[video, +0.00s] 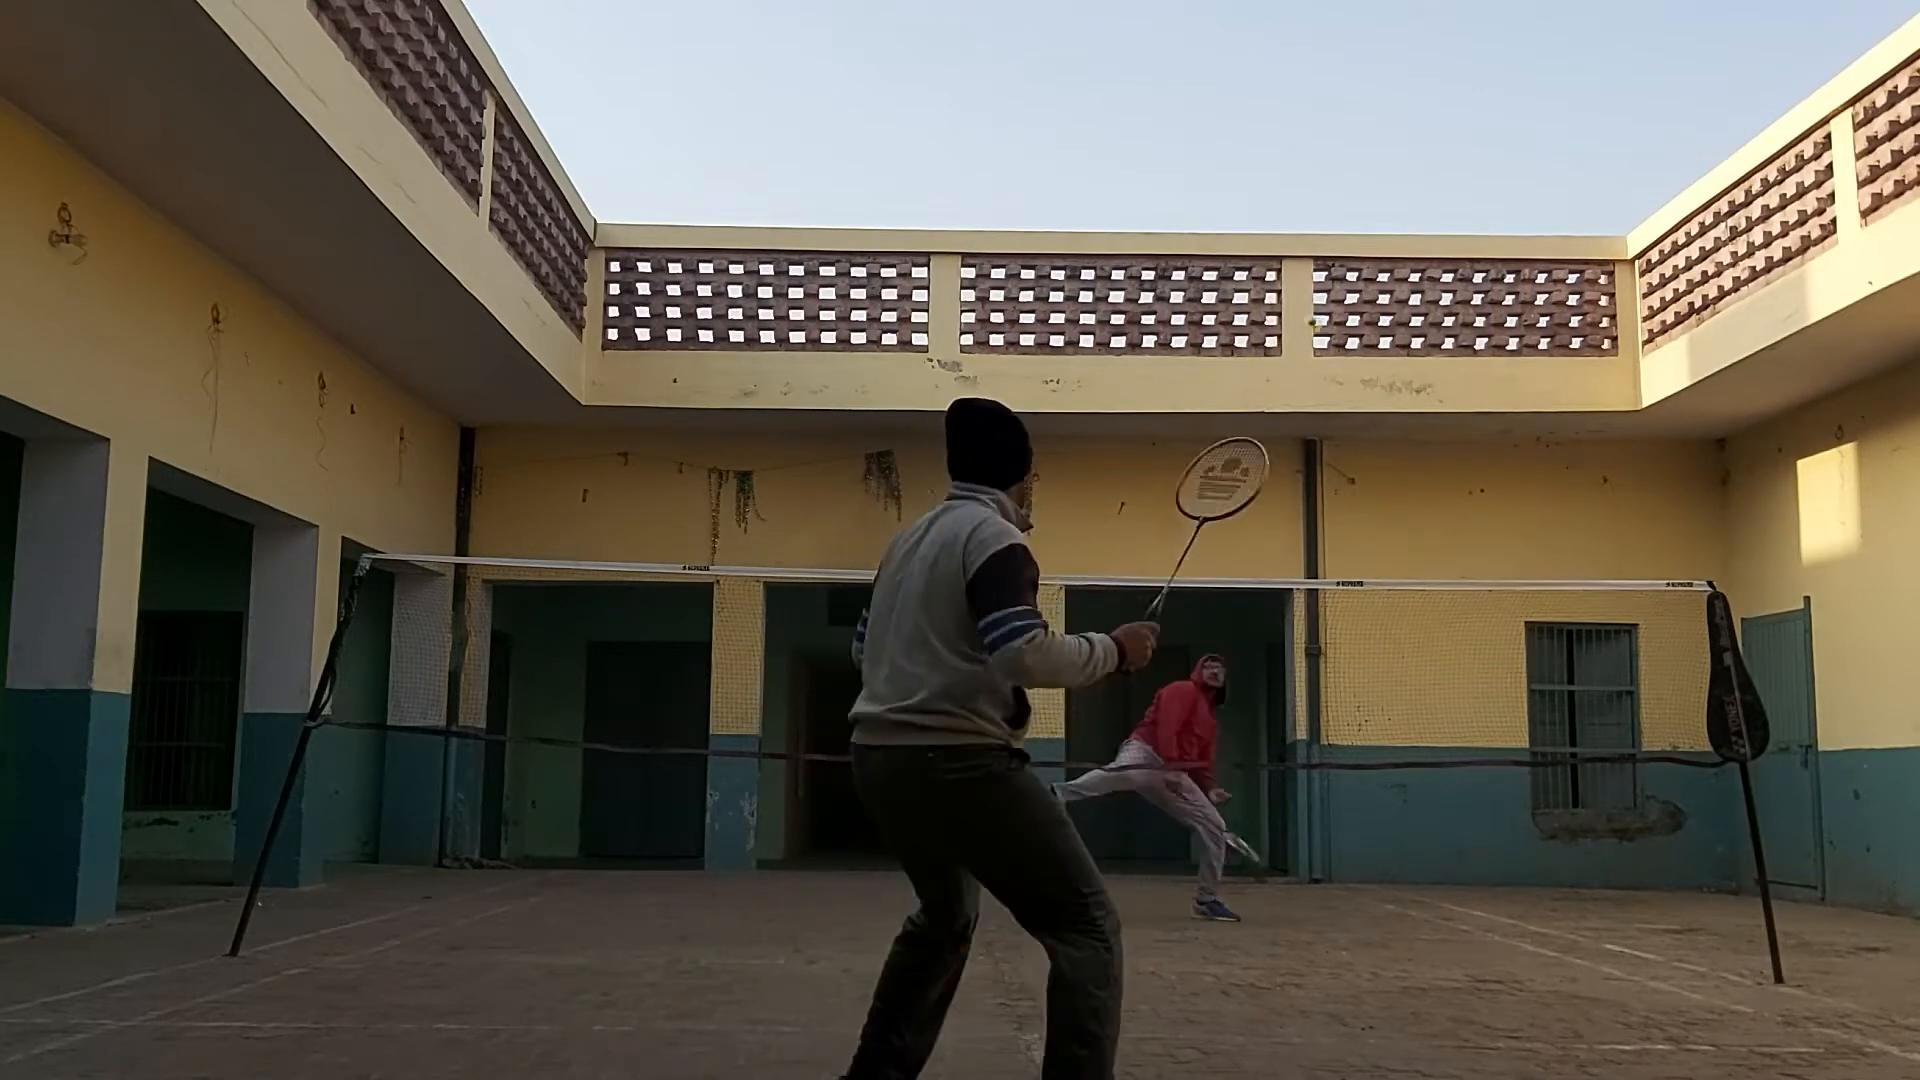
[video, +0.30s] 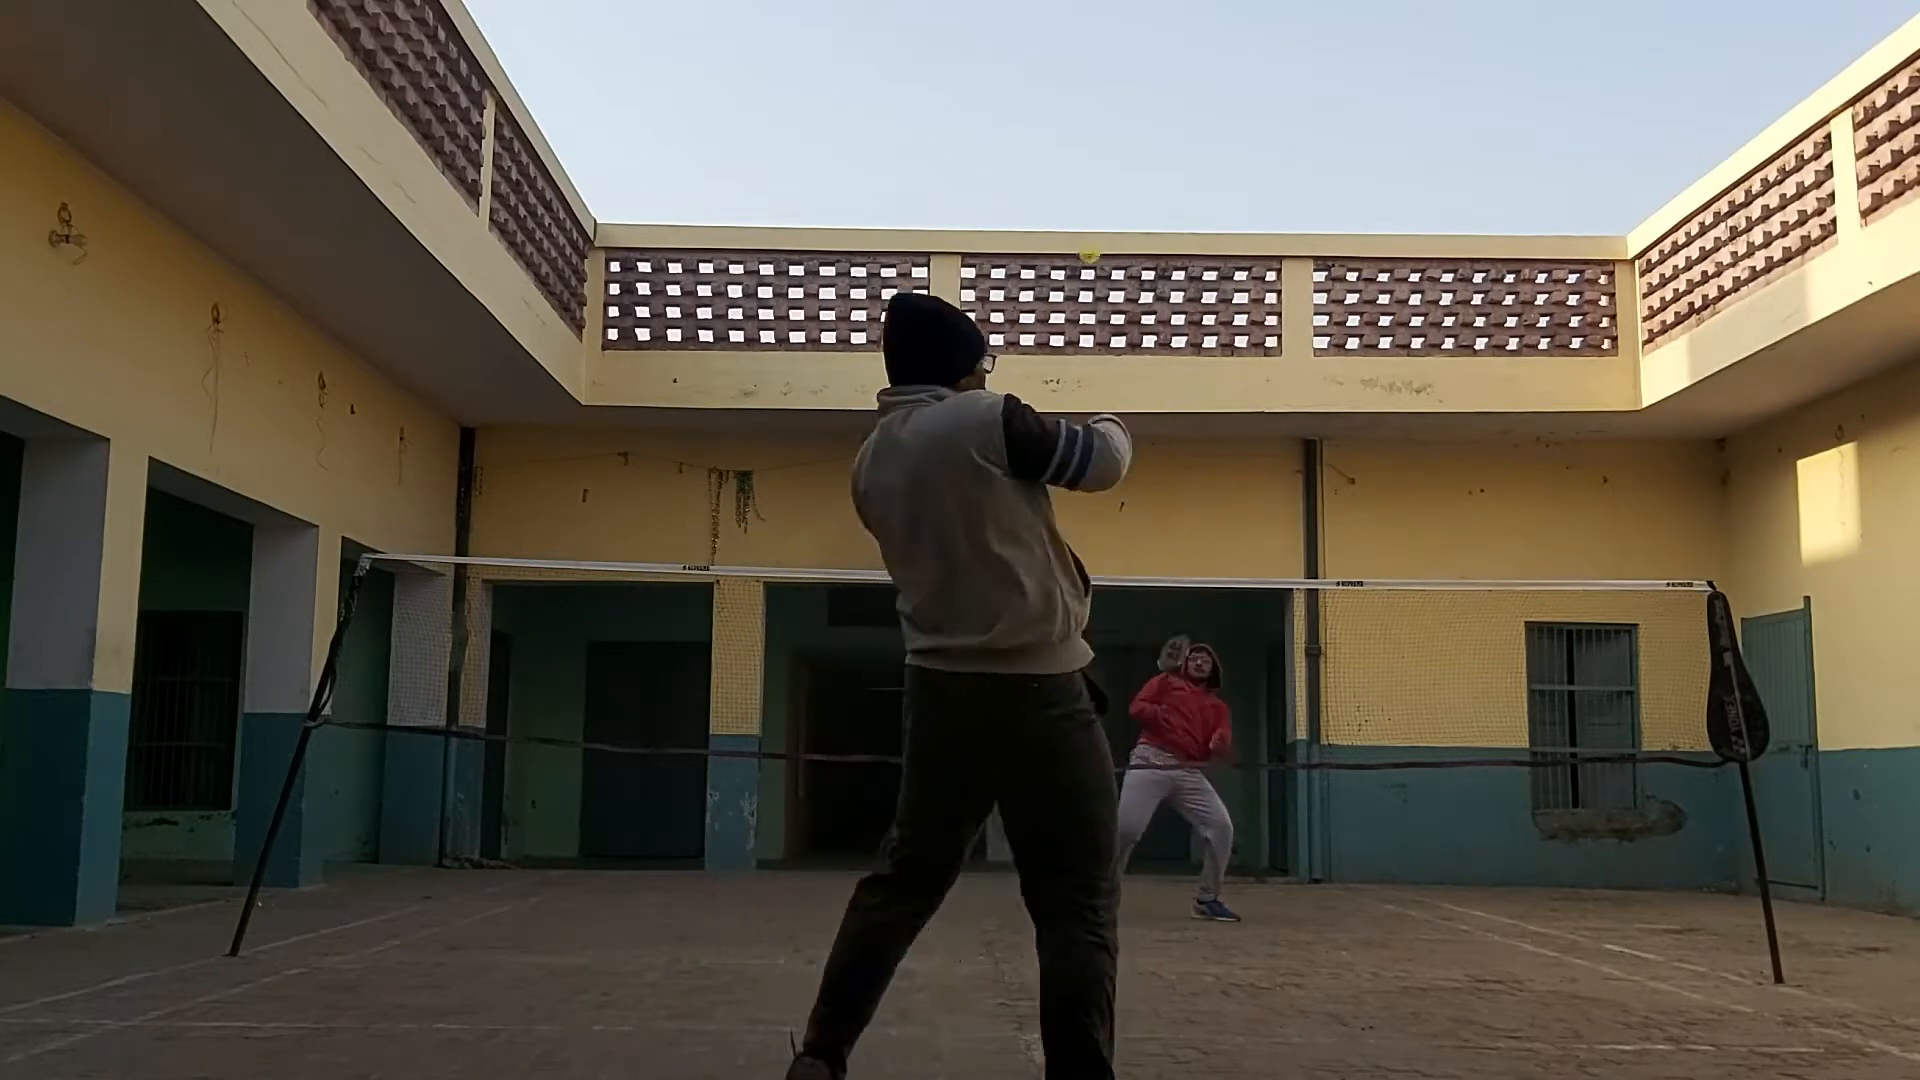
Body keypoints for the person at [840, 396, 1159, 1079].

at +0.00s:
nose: (1029, 492)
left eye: (1028, 479)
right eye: (1028, 479)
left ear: (959, 471)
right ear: (1016, 477)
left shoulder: (906, 541)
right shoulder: (994, 537)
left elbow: (869, 651)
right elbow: (1020, 653)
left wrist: (975, 677)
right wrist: (1112, 650)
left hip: (881, 761)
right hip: (966, 763)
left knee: (946, 913)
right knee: (1087, 925)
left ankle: (875, 1073)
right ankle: (1080, 1074)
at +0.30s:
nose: (982, 376)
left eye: (981, 369)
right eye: (980, 367)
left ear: (892, 368)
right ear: (969, 367)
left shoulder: (870, 463)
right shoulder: (991, 420)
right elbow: (1104, 459)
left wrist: (1029, 443)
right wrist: (1102, 427)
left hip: (940, 699)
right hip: (1042, 700)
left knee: (905, 880)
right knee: (1078, 907)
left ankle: (818, 1057)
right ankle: (1080, 1070)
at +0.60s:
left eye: (869, 380)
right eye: (943, 376)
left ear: (864, 394)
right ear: (947, 382)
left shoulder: (825, 509)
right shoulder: (990, 465)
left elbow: (825, 652)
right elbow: (1077, 584)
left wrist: (890, 699)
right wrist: (1157, 617)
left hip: (889, 739)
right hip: (1014, 727)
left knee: (917, 956)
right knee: (1085, 928)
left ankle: (896, 1078)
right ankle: (1091, 1073)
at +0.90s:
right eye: (922, 333)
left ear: (844, 350)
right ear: (927, 344)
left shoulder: (788, 446)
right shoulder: (978, 422)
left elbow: (705, 562)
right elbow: (1016, 541)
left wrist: (714, 659)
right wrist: (1044, 679)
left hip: (837, 693)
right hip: (966, 686)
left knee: (875, 921)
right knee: (985, 905)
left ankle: (880, 1073)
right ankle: (976, 1071)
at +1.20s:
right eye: (875, 383)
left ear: (799, 391)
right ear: (880, 390)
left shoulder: (748, 478)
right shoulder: (919, 460)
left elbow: (716, 610)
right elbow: (966, 570)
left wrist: (765, 670)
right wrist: (1002, 694)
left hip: (771, 699)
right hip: (894, 697)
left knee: (817, 922)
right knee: (878, 905)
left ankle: (854, 1073)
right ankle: (847, 1062)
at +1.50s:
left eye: (751, 394)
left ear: (743, 403)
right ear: (821, 404)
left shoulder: (688, 476)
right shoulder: (857, 477)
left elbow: (648, 604)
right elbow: (904, 585)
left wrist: (692, 666)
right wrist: (914, 689)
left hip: (674, 687)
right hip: (789, 691)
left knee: (636, 890)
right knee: (805, 904)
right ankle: (815, 1072)